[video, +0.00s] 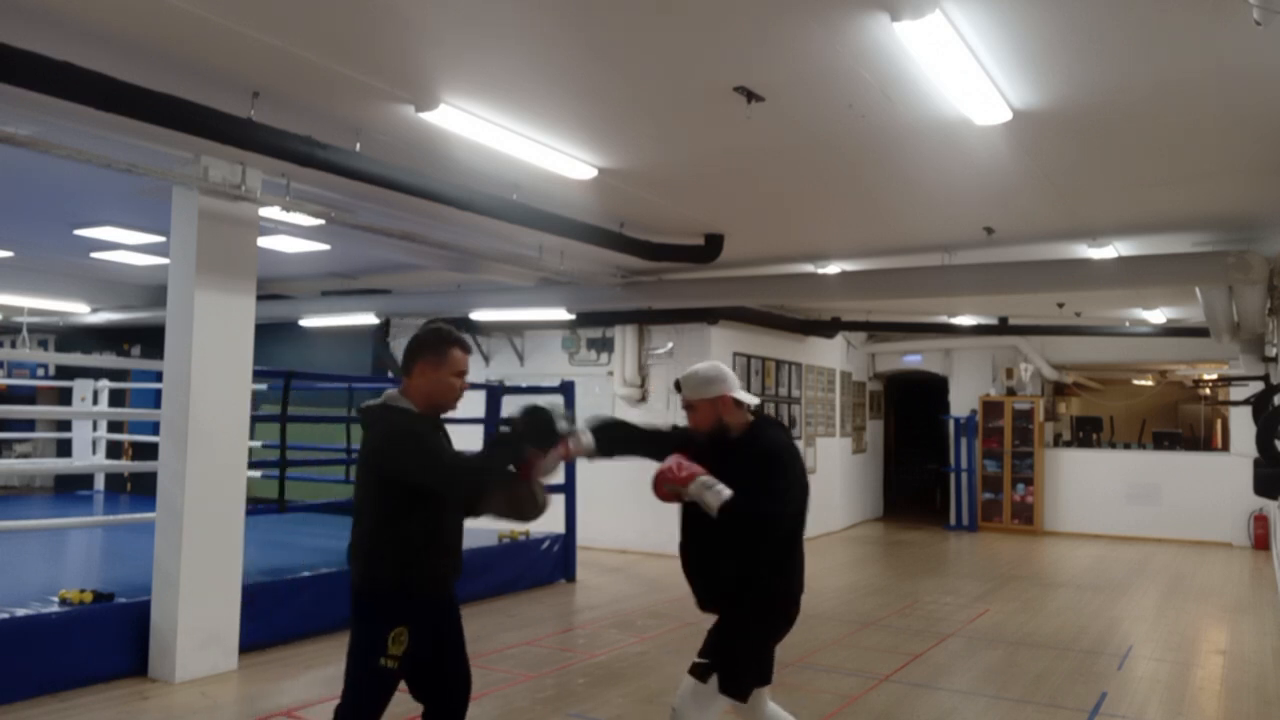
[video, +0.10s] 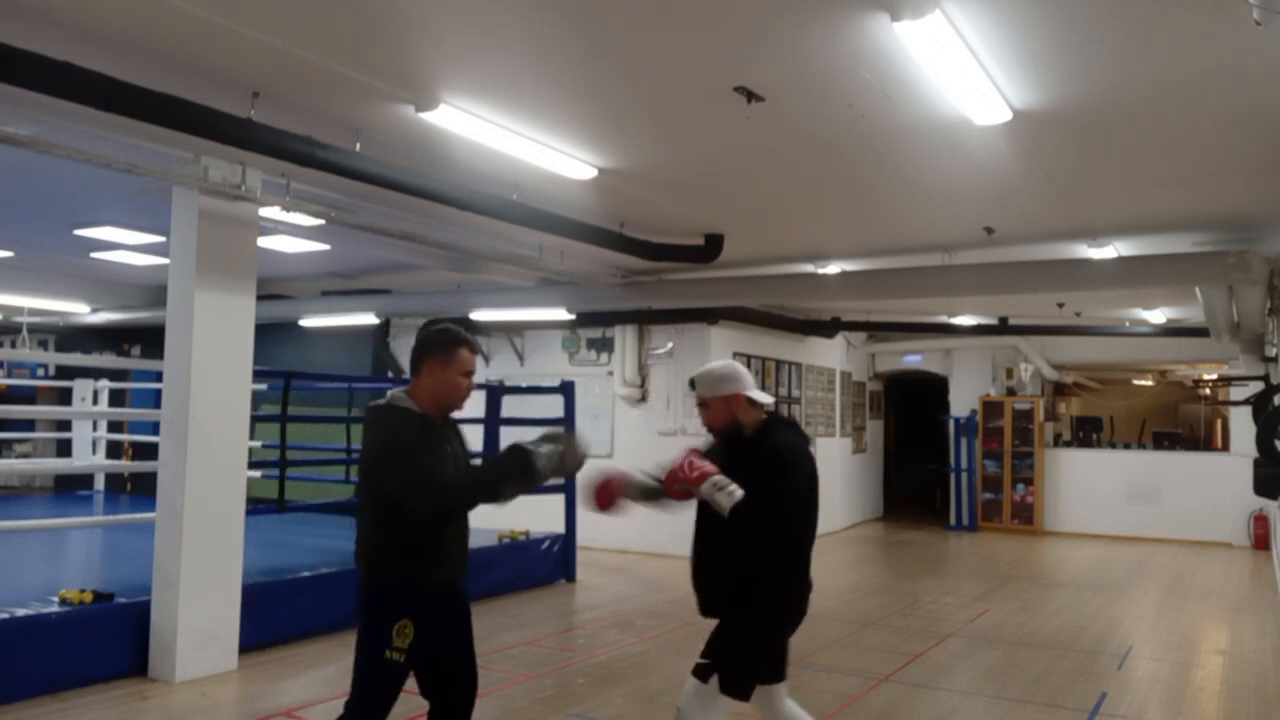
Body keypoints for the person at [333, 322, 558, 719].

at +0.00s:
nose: (465, 386)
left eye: (465, 376)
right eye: (458, 375)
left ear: (431, 373)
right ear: (422, 370)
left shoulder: (428, 428)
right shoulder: (393, 426)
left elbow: (459, 495)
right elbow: (449, 480)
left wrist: (518, 475)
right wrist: (513, 445)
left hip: (428, 588)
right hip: (389, 590)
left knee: (449, 695)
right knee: (363, 702)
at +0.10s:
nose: (471, 387)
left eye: (472, 377)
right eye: (464, 375)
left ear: (432, 373)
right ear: (429, 370)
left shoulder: (443, 427)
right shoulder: (391, 424)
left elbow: (463, 486)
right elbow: (437, 495)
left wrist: (530, 465)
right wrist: (525, 462)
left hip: (440, 589)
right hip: (394, 592)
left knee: (455, 697)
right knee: (370, 703)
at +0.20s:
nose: (477, 386)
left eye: (479, 377)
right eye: (471, 374)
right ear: (437, 369)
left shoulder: (463, 426)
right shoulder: (391, 425)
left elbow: (492, 475)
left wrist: (536, 455)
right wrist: (482, 462)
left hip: (446, 580)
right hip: (395, 583)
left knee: (459, 695)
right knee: (385, 702)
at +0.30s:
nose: (481, 383)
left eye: (483, 372)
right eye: (475, 371)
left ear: (446, 368)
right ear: (438, 366)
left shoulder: (463, 425)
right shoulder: (391, 424)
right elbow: (388, 515)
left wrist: (506, 469)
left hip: (450, 575)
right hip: (396, 579)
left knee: (454, 698)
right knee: (391, 702)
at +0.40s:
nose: (479, 380)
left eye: (480, 371)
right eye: (471, 368)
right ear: (434, 363)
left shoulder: (464, 427)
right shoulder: (386, 423)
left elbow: (482, 496)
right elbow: (387, 503)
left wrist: (499, 482)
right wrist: (466, 479)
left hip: (449, 578)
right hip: (391, 581)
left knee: (449, 705)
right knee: (384, 706)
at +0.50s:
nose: (470, 381)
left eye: (472, 371)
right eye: (462, 369)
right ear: (427, 365)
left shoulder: (453, 428)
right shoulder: (382, 427)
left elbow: (468, 486)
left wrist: (501, 476)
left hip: (446, 579)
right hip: (388, 583)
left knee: (467, 689)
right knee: (376, 703)